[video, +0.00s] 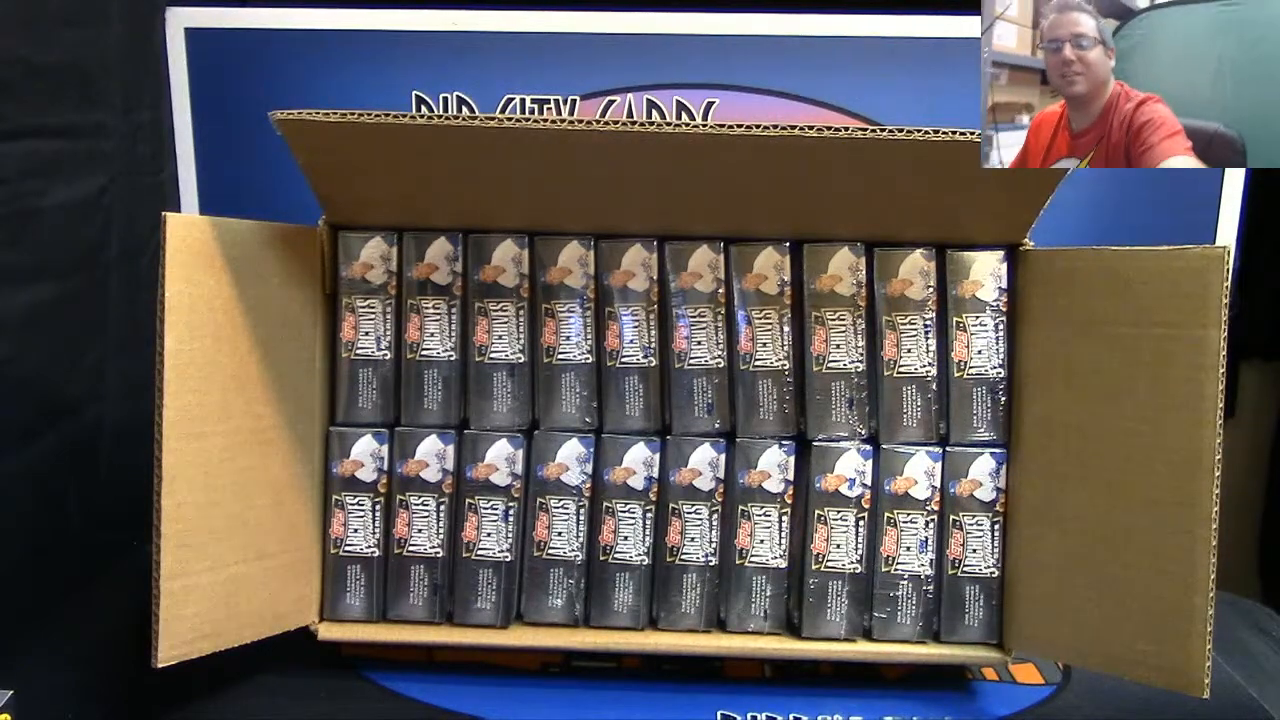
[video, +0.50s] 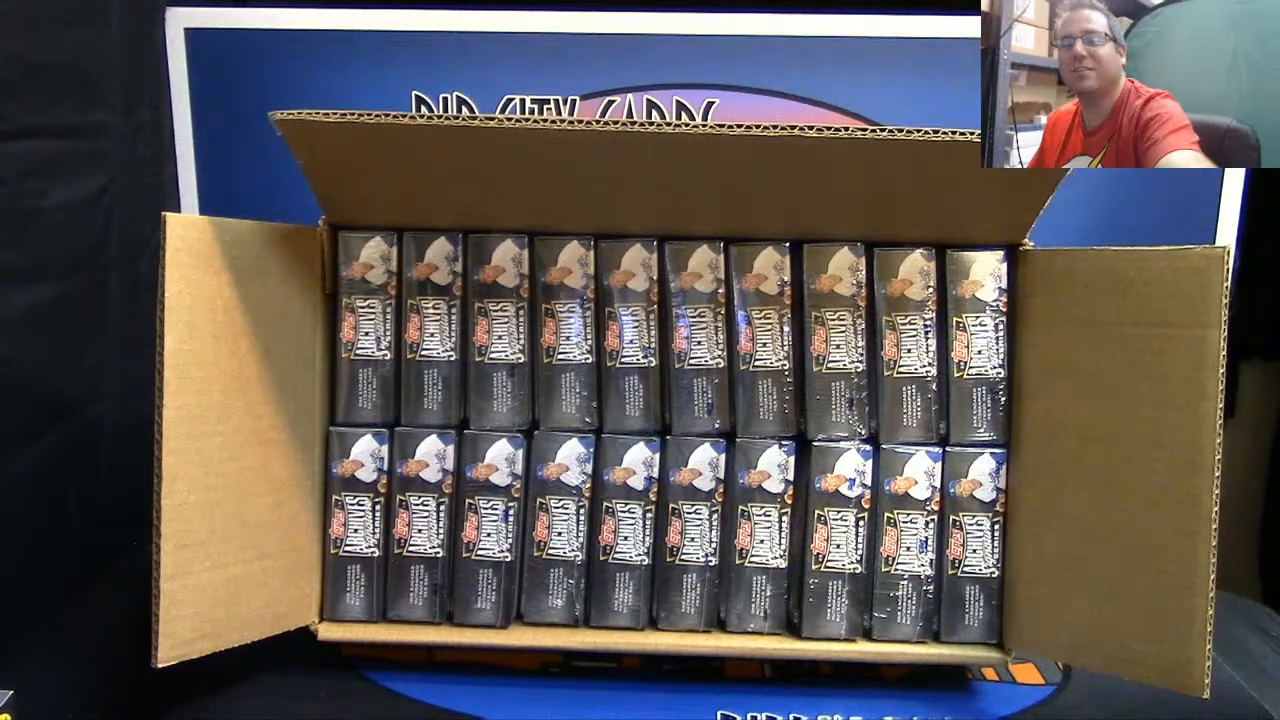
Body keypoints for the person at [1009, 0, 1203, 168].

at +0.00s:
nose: (1066, 56)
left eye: (1081, 43)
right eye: (1054, 47)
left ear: (1110, 55)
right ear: (1045, 61)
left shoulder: (1144, 114)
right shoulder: (1043, 124)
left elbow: (1185, 181)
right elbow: (1009, 188)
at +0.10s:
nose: (1067, 55)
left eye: (1081, 42)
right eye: (1055, 46)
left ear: (1111, 54)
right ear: (1045, 60)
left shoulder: (1144, 113)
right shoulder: (1045, 123)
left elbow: (1185, 178)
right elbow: (1011, 187)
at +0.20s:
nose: (1072, 45)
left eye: (1086, 33)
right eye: (1059, 36)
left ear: (1115, 46)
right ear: (1050, 51)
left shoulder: (1147, 105)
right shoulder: (1049, 114)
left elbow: (1183, 170)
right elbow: (1016, 180)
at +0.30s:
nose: (1069, 46)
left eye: (1083, 34)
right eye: (1057, 37)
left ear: (1112, 47)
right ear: (1047, 52)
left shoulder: (1145, 106)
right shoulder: (1048, 115)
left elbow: (1181, 172)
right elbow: (1015, 183)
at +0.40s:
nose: (1073, 51)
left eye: (1087, 39)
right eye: (1061, 42)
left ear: (1116, 51)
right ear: (1052, 58)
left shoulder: (1150, 110)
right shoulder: (1054, 122)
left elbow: (1185, 175)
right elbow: (1022, 188)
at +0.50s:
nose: (1078, 51)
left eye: (1092, 40)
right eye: (1066, 43)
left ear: (1121, 53)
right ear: (1058, 58)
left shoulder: (1153, 110)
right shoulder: (1059, 122)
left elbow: (1187, 174)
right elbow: (1028, 188)